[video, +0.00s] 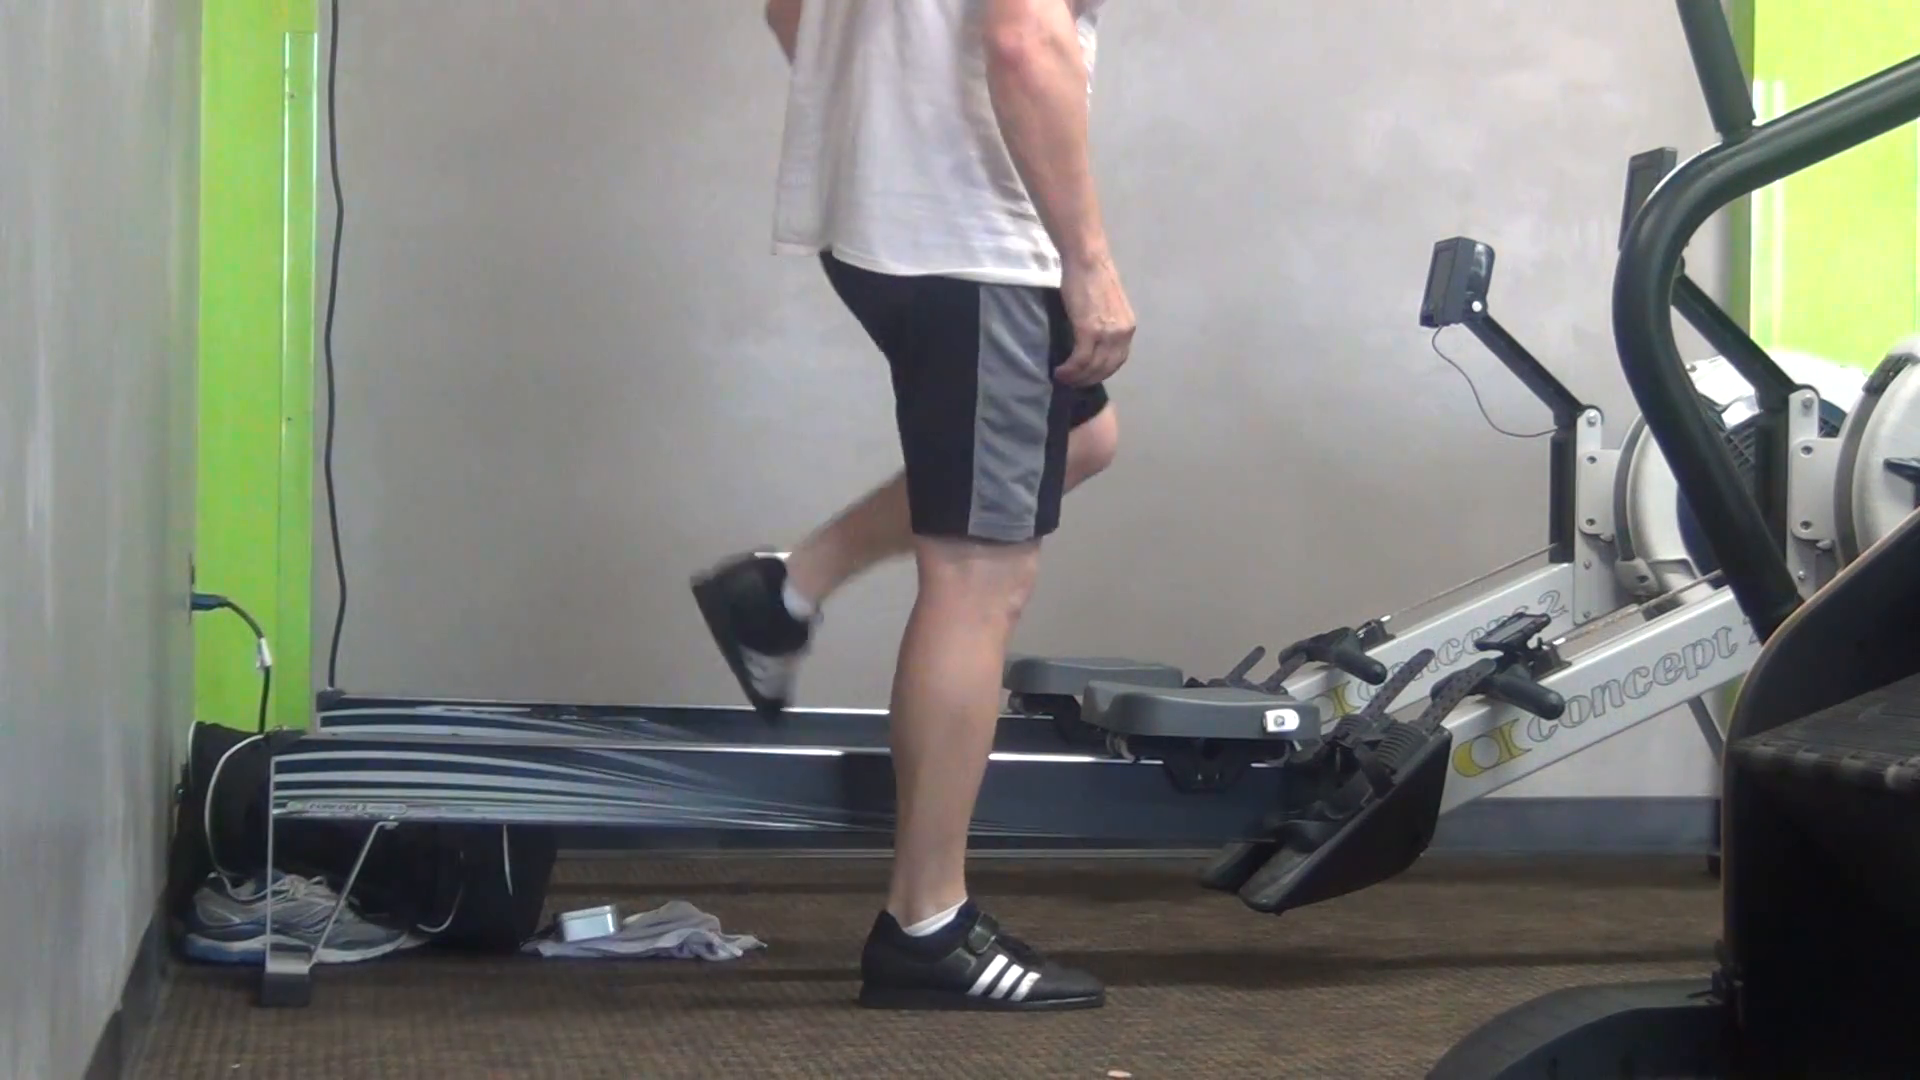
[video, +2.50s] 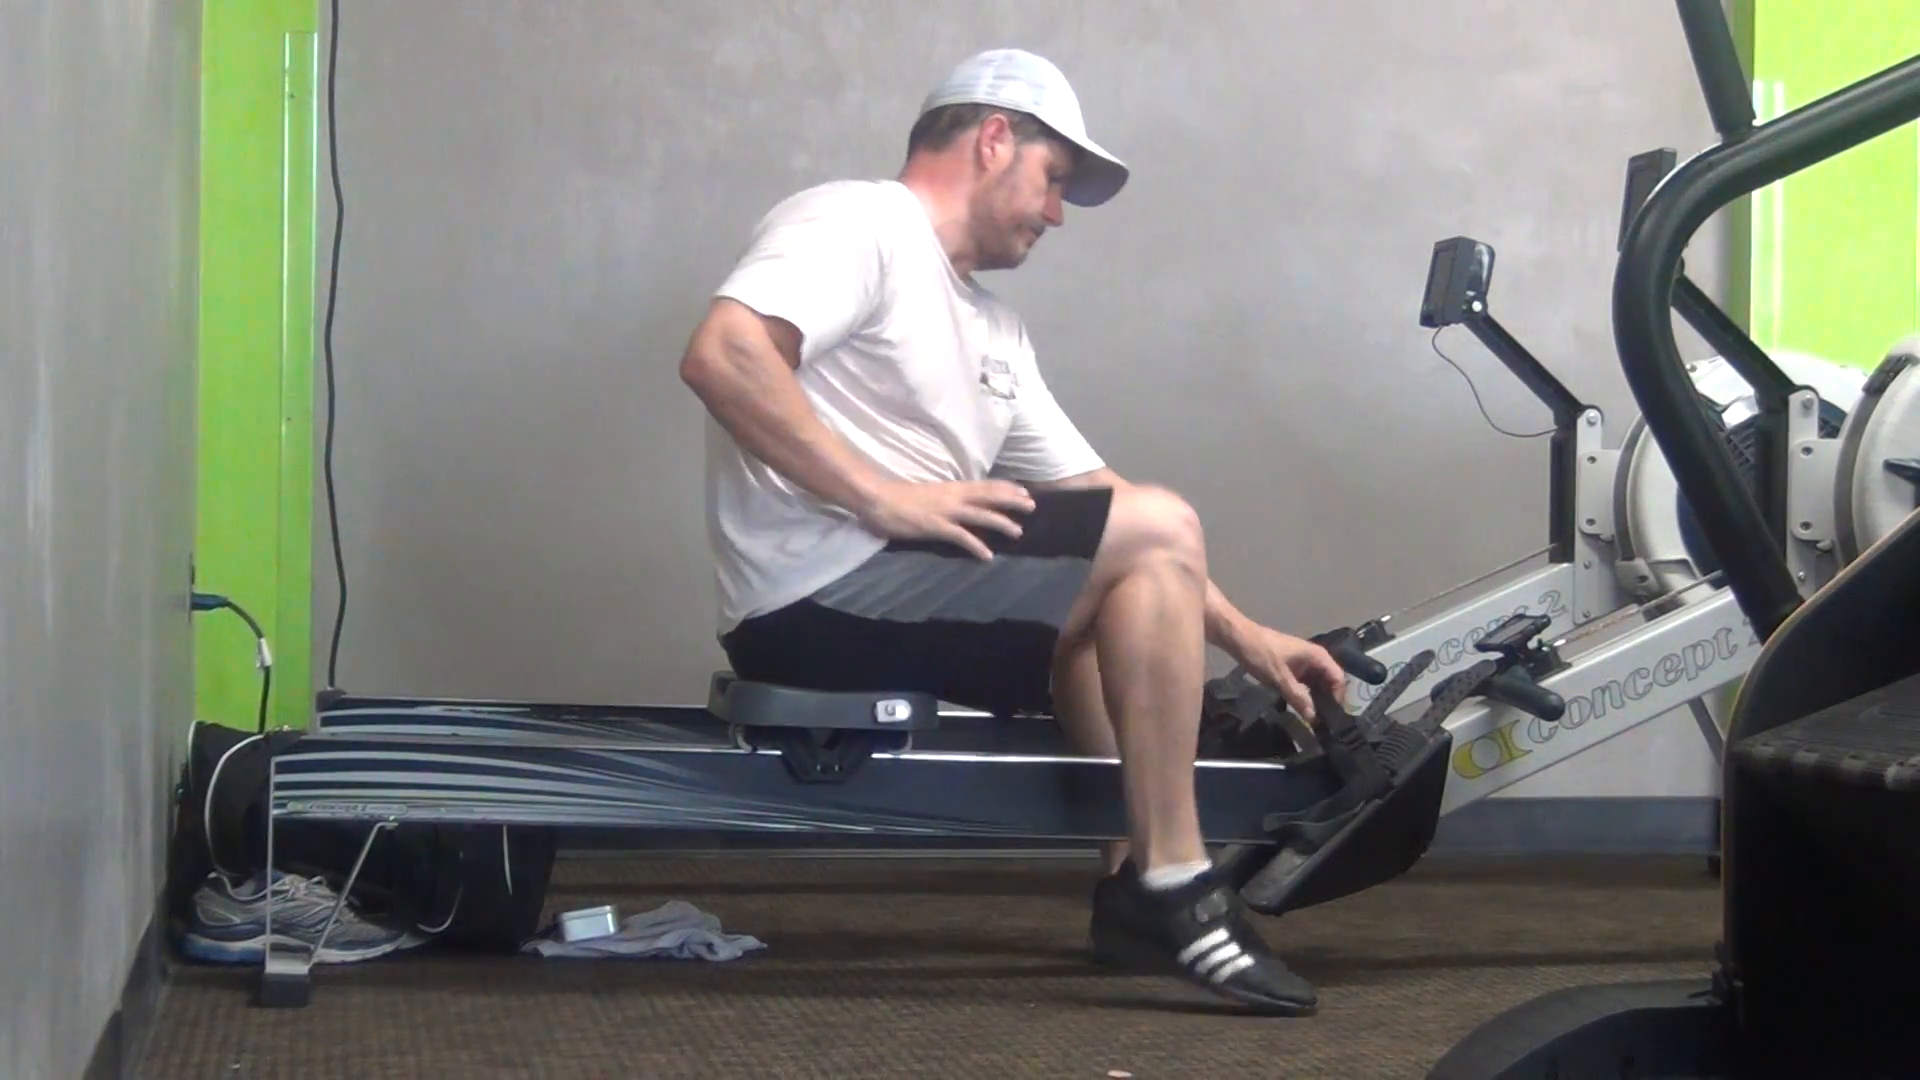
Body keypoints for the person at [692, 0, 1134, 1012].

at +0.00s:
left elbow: (788, 7)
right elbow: (1024, 43)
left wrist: (887, 108)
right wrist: (1091, 259)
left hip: (871, 206)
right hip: (963, 225)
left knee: (1079, 434)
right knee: (978, 581)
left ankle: (782, 590)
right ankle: (925, 926)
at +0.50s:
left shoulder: (1171, 21)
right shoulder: (1139, 1)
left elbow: (1150, 192)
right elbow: (1024, 46)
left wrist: (1185, 359)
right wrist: (1080, 259)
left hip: (1018, 269)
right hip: (990, 263)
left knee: (1092, 574)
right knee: (1134, 555)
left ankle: (1086, 866)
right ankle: (985, 885)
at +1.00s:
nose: (1392, 243)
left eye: (1414, 231)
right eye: (1411, 213)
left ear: (1375, 145)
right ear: (1382, 143)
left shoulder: (1269, 258)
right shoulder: (1246, 136)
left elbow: (1248, 445)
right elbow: (1079, 175)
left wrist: (1258, 633)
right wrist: (1086, 381)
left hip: (1021, 413)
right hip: (982, 397)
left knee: (1199, 607)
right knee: (1256, 590)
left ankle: (1096, 884)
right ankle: (1142, 929)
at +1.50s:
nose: (1274, 283)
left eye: (1289, 265)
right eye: (1283, 253)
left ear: (1233, 198)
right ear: (1235, 197)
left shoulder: (1160, 301)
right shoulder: (1110, 242)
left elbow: (1190, 507)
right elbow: (966, 358)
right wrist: (1067, 522)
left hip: (1021, 585)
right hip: (965, 591)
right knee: (1313, 624)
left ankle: (1102, 880)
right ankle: (1148, 930)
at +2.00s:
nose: (1149, 233)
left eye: (1157, 209)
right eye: (1147, 197)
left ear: (1086, 171)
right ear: (1084, 164)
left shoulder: (1058, 342)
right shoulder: (945, 236)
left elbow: (1138, 519)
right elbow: (805, 363)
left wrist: (1276, 674)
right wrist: (924, 526)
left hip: (934, 600)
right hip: (839, 596)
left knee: (1181, 645)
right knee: (1204, 571)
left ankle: (1133, 935)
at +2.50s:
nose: (1058, 215)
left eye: (1066, 193)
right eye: (1054, 180)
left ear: (993, 149)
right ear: (991, 142)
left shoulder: (991, 330)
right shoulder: (855, 219)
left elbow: (1103, 501)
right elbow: (724, 353)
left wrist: (1248, 638)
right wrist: (882, 497)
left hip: (907, 585)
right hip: (815, 591)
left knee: (1150, 565)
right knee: (1160, 531)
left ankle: (1147, 871)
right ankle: (1168, 877)